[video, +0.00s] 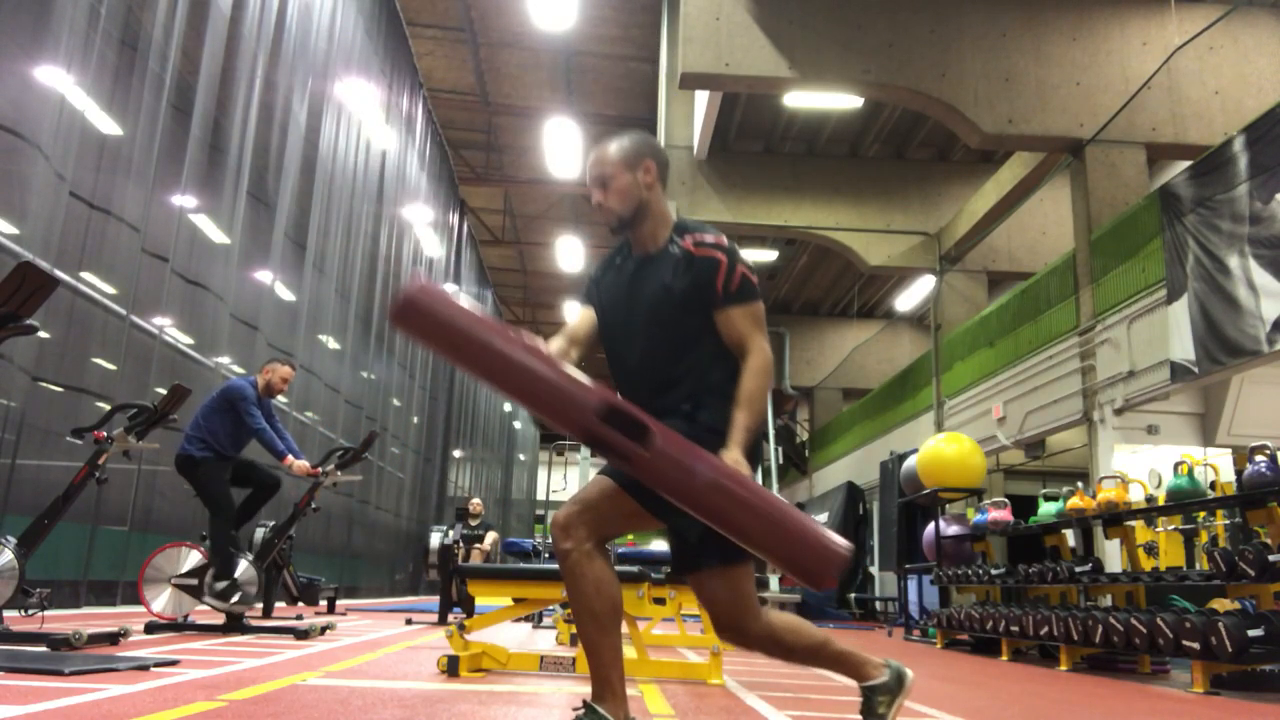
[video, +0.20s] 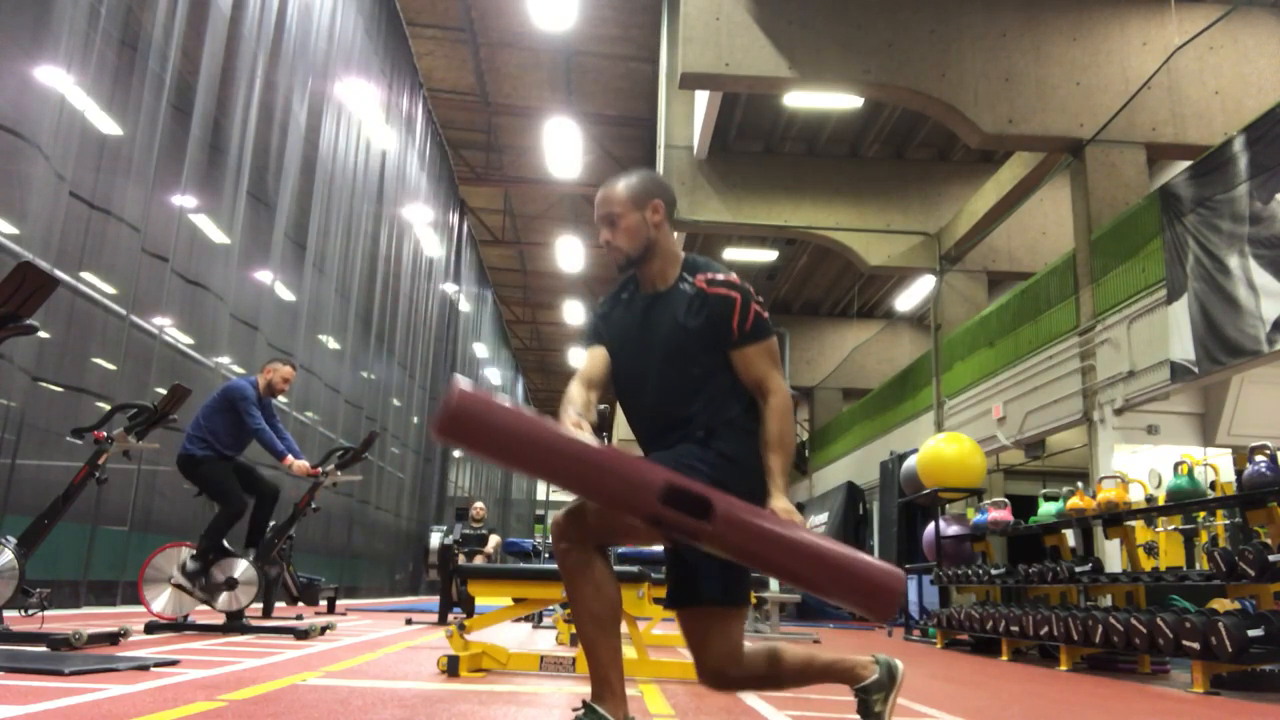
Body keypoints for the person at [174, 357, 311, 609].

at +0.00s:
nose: (285, 388)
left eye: (288, 384)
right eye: (283, 381)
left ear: (275, 380)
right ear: (266, 373)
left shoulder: (262, 400)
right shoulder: (241, 389)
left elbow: (278, 430)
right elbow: (259, 428)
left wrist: (302, 462)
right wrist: (288, 461)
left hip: (223, 460)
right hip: (198, 458)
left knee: (270, 483)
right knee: (224, 510)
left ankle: (228, 528)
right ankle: (221, 581)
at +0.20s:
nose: (286, 388)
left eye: (289, 384)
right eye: (284, 381)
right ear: (268, 373)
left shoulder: (263, 399)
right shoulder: (242, 389)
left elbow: (278, 430)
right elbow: (258, 428)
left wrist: (301, 462)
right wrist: (289, 461)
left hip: (223, 460)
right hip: (198, 457)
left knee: (269, 492)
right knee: (236, 505)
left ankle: (252, 553)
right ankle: (196, 562)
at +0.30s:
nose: (284, 388)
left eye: (287, 383)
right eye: (283, 380)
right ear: (267, 372)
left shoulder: (262, 401)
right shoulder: (239, 389)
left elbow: (276, 430)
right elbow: (254, 429)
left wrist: (300, 461)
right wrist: (288, 459)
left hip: (219, 459)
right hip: (198, 455)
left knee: (255, 510)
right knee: (247, 490)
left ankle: (248, 564)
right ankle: (204, 538)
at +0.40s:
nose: (284, 387)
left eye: (288, 383)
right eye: (283, 379)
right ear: (268, 371)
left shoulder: (264, 404)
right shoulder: (236, 388)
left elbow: (279, 435)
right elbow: (243, 430)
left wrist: (305, 466)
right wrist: (281, 445)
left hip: (221, 462)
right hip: (198, 455)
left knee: (242, 520)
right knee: (257, 473)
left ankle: (227, 578)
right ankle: (214, 527)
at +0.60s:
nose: (284, 389)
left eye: (287, 384)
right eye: (284, 382)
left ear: (272, 376)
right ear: (272, 374)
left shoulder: (259, 401)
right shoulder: (230, 387)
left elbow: (277, 435)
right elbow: (234, 428)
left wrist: (303, 465)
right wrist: (263, 412)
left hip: (217, 460)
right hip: (198, 456)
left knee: (258, 507)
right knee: (252, 490)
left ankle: (224, 543)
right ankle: (239, 556)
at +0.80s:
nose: (283, 390)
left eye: (286, 385)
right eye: (285, 384)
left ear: (272, 377)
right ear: (278, 378)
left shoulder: (257, 400)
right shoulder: (232, 386)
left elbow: (277, 435)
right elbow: (238, 426)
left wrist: (304, 465)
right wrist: (263, 410)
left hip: (226, 461)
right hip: (201, 459)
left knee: (276, 476)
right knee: (225, 513)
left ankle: (239, 528)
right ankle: (215, 584)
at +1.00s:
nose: (283, 393)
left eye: (285, 388)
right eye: (285, 387)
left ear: (271, 379)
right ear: (278, 382)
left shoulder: (259, 403)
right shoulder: (232, 387)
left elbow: (277, 436)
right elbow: (241, 423)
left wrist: (304, 466)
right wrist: (263, 412)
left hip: (222, 461)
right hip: (199, 457)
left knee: (265, 500)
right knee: (244, 496)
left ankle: (255, 560)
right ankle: (198, 550)